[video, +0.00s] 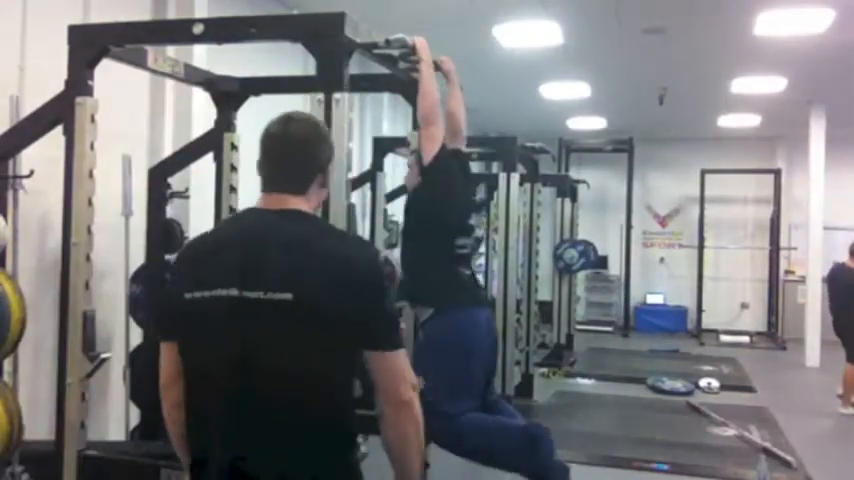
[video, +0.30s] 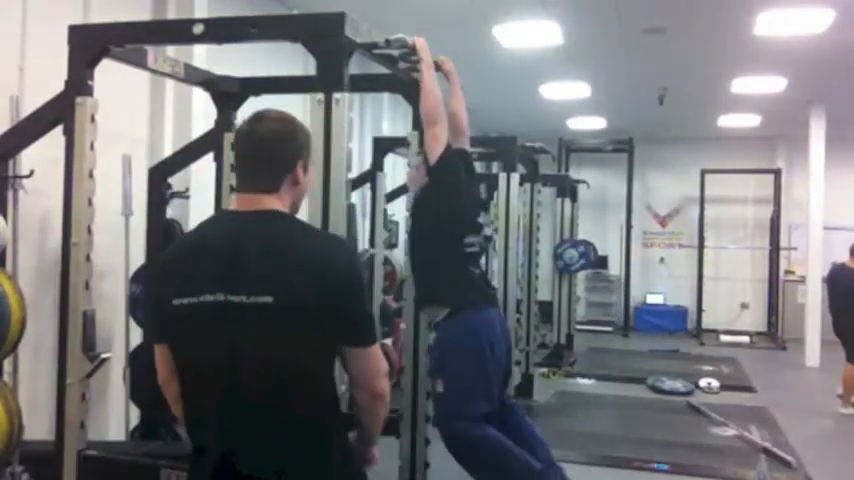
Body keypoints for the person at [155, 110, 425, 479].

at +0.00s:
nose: (332, 179)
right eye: (331, 170)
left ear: (262, 170)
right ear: (323, 176)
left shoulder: (195, 257)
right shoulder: (355, 260)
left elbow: (171, 388)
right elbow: (399, 397)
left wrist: (192, 464)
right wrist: (410, 473)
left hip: (221, 466)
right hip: (322, 466)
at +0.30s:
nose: (310, 179)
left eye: (309, 169)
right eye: (310, 169)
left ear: (238, 167)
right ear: (299, 173)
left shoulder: (175, 261)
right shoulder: (328, 256)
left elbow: (169, 380)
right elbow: (373, 384)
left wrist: (204, 440)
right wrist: (367, 442)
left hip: (216, 462)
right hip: (309, 462)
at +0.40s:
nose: (310, 179)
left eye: (309, 169)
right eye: (310, 170)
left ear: (238, 166)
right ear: (299, 174)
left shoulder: (175, 261)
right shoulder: (329, 258)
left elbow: (171, 383)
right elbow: (370, 387)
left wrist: (206, 439)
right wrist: (353, 440)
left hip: (218, 462)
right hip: (313, 463)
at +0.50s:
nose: (314, 179)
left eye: (313, 169)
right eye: (314, 171)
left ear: (243, 169)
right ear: (303, 177)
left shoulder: (177, 261)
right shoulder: (331, 258)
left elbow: (171, 385)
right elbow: (372, 389)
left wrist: (205, 446)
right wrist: (355, 446)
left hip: (221, 463)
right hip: (315, 463)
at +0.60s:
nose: (319, 181)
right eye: (320, 173)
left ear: (251, 168)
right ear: (311, 179)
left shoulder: (187, 258)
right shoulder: (339, 262)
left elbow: (173, 381)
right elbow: (380, 391)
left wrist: (200, 451)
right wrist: (382, 452)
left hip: (225, 462)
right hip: (320, 462)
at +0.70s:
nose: (330, 177)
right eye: (329, 167)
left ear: (264, 170)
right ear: (323, 178)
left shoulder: (202, 256)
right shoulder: (351, 263)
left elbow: (181, 378)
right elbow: (390, 391)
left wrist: (198, 455)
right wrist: (407, 466)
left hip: (234, 463)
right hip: (329, 463)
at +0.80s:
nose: (347, 178)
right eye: (346, 170)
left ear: (279, 171)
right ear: (339, 179)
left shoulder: (219, 256)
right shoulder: (369, 266)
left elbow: (193, 376)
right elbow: (406, 393)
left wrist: (207, 455)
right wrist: (423, 469)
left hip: (248, 461)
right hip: (342, 463)